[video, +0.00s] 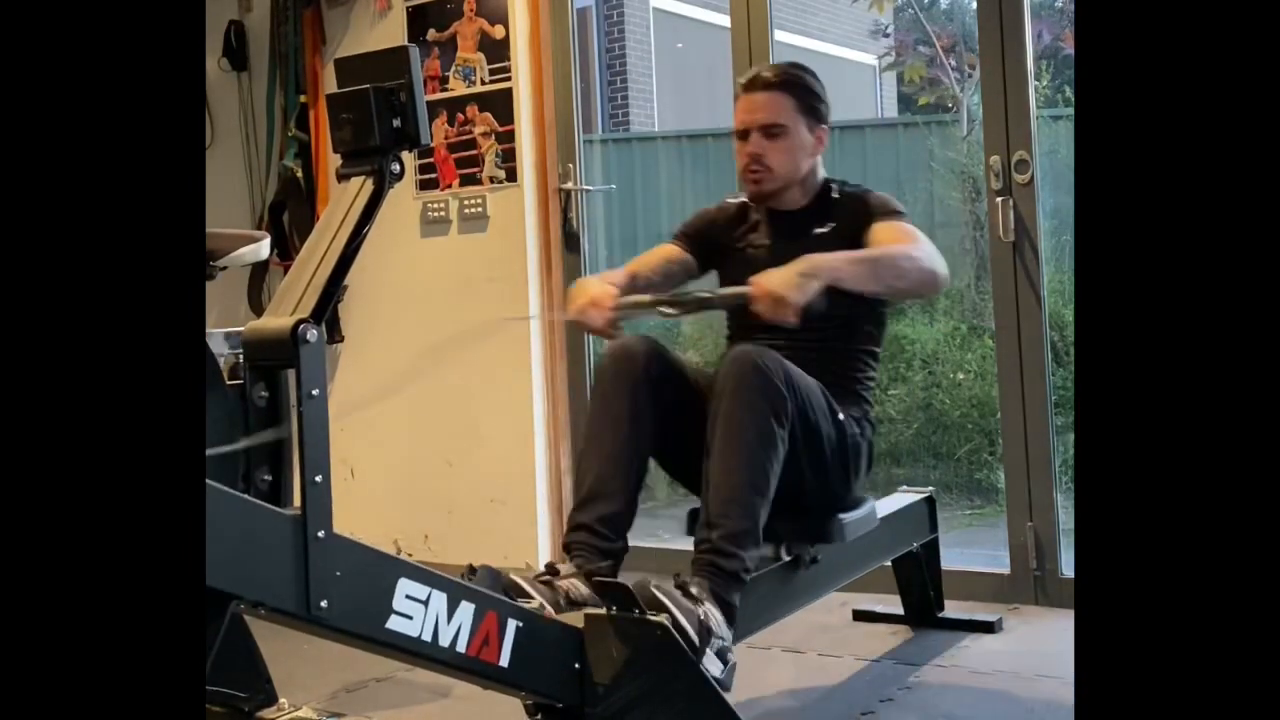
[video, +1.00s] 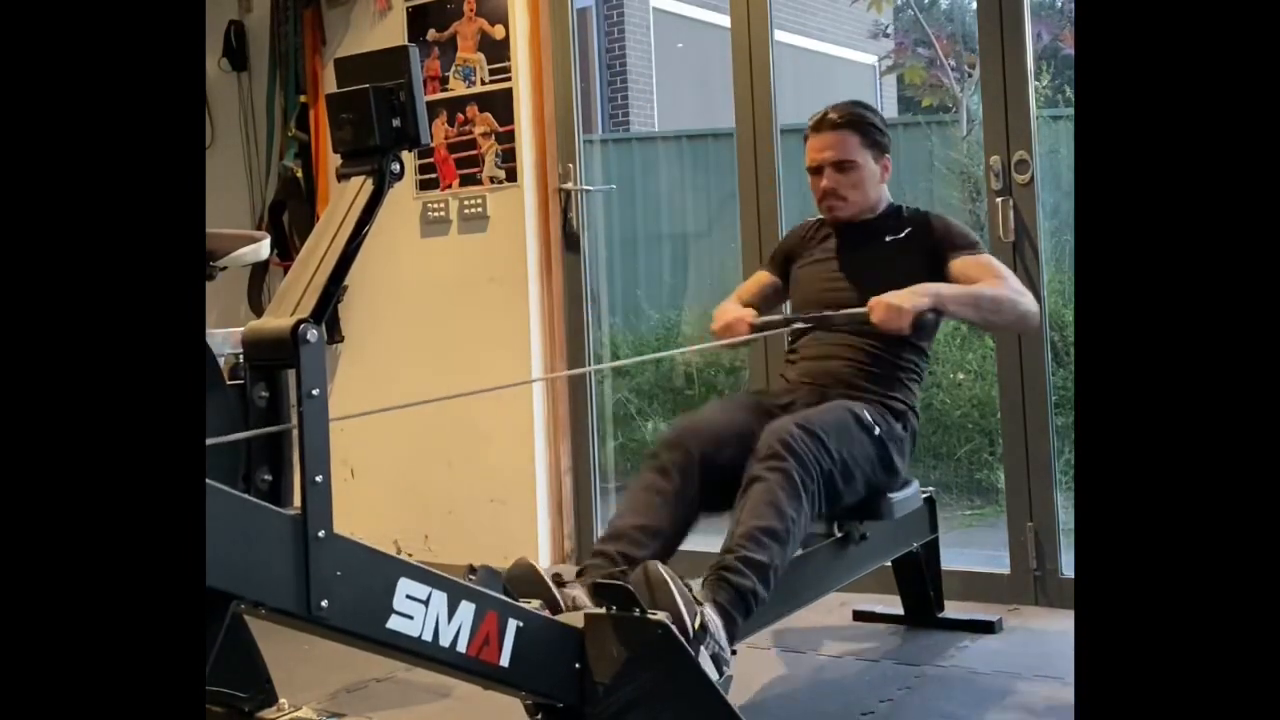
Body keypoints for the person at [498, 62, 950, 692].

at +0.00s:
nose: (751, 151)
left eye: (769, 133)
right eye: (742, 135)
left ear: (818, 139)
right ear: (732, 142)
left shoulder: (862, 212)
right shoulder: (725, 225)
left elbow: (928, 270)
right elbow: (640, 276)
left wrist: (819, 268)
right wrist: (597, 289)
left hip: (826, 458)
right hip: (733, 450)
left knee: (749, 363)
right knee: (632, 356)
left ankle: (710, 604)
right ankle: (585, 572)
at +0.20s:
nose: (664, 145)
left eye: (687, 127)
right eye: (656, 129)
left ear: (741, 138)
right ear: (648, 138)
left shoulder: (785, 210)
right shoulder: (644, 229)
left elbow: (762, 268)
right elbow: (547, 285)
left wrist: (663, 313)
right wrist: (465, 328)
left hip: (778, 478)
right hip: (683, 477)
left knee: (720, 329)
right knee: (586, 316)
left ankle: (700, 575)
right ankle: (578, 563)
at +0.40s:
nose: (635, 146)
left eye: (659, 128)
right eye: (627, 130)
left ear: (715, 136)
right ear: (618, 137)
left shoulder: (760, 209)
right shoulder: (615, 228)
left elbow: (727, 277)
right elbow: (524, 294)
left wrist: (635, 341)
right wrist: (425, 355)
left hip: (760, 477)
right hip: (664, 476)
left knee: (708, 322)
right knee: (580, 307)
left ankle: (693, 571)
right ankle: (574, 557)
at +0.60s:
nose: (731, 144)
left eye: (751, 128)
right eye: (721, 131)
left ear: (798, 136)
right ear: (712, 138)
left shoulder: (828, 203)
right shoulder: (698, 220)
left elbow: (802, 268)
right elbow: (616, 272)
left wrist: (728, 307)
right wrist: (535, 317)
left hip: (811, 463)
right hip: (723, 457)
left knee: (744, 344)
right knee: (620, 353)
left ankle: (702, 591)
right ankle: (579, 571)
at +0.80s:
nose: (807, 152)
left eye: (825, 139)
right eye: (798, 141)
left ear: (869, 147)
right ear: (789, 150)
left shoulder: (897, 211)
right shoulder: (771, 223)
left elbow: (905, 274)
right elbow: (701, 274)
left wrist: (837, 279)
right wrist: (650, 295)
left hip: (859, 405)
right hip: (770, 397)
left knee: (786, 436)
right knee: (666, 433)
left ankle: (713, 613)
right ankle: (576, 585)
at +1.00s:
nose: (825, 184)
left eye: (840, 169)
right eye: (815, 171)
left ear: (883, 167)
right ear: (809, 173)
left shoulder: (926, 234)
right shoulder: (804, 241)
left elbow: (1022, 307)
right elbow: (742, 300)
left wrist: (931, 295)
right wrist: (734, 313)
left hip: (870, 414)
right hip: (778, 406)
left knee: (785, 446)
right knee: (685, 443)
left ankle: (716, 625)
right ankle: (591, 591)